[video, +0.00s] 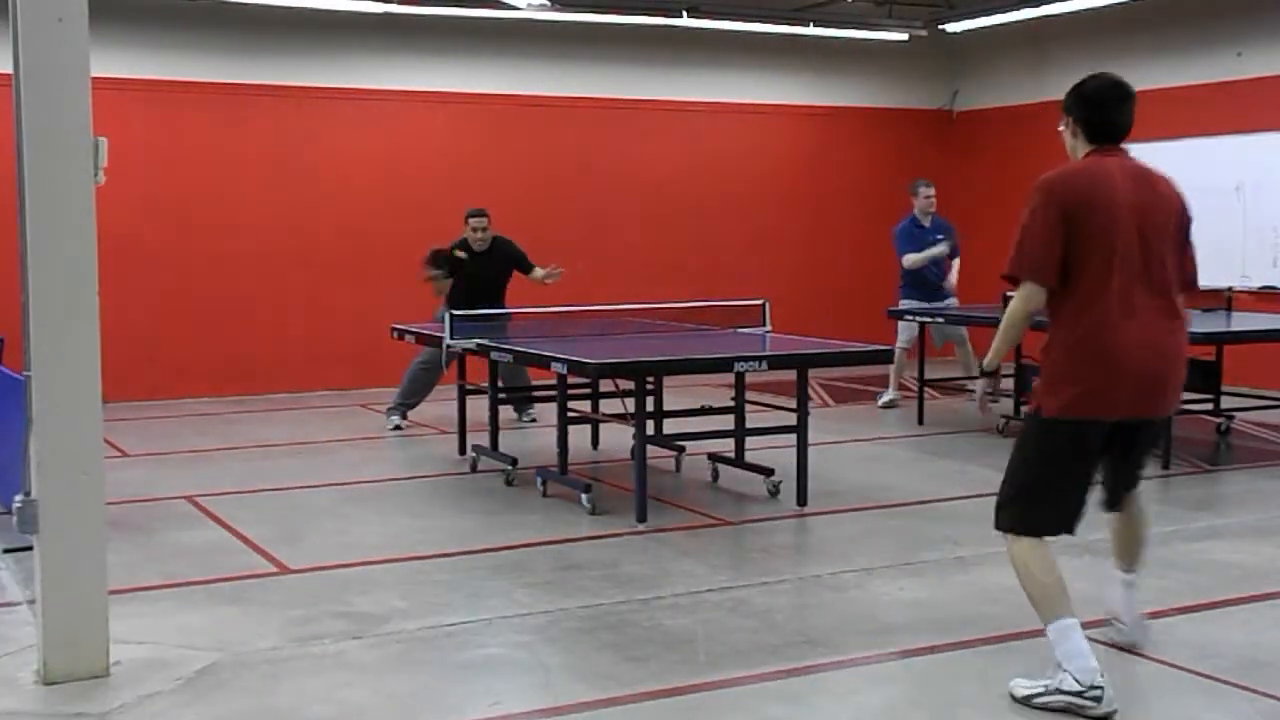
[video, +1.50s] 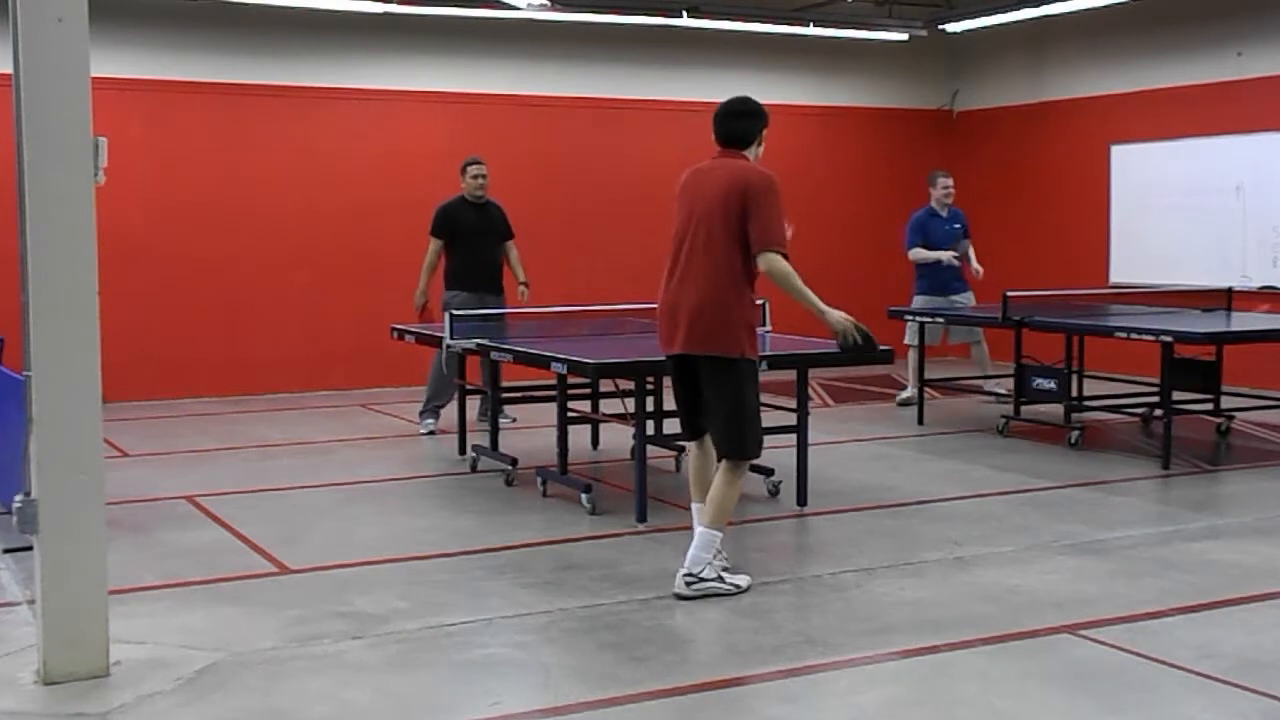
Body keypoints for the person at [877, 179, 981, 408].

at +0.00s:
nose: (932, 202)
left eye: (934, 197)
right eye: (927, 198)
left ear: (936, 199)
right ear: (914, 200)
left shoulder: (944, 227)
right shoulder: (904, 230)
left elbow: (955, 255)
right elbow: (907, 261)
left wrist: (953, 277)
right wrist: (936, 252)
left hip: (942, 294)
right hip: (913, 295)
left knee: (961, 339)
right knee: (903, 343)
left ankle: (974, 382)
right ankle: (892, 391)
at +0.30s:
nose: (956, 199)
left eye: (958, 194)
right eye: (951, 195)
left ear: (959, 196)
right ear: (938, 197)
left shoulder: (963, 226)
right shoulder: (923, 227)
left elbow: (972, 252)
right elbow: (918, 256)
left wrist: (975, 275)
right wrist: (946, 257)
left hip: (957, 298)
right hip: (925, 298)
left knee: (970, 344)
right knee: (909, 343)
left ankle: (972, 386)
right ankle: (895, 390)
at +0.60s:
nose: (939, 206)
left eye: (942, 201)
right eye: (933, 202)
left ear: (946, 202)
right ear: (923, 206)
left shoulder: (957, 231)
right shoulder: (912, 233)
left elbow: (975, 259)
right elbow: (896, 264)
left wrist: (970, 282)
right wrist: (911, 279)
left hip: (952, 300)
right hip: (919, 301)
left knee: (971, 343)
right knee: (902, 344)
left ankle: (973, 387)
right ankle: (892, 389)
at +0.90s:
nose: (949, 191)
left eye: (953, 187)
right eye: (945, 186)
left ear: (957, 190)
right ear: (934, 187)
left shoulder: (961, 217)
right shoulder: (921, 217)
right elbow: (910, 248)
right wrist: (897, 262)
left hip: (953, 291)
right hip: (923, 290)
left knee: (959, 346)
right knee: (914, 343)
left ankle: (960, 391)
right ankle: (913, 387)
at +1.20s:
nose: (933, 191)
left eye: (936, 186)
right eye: (928, 187)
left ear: (939, 189)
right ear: (917, 189)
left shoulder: (950, 214)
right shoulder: (907, 220)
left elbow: (966, 245)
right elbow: (903, 255)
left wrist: (943, 245)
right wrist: (929, 253)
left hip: (951, 288)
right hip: (920, 291)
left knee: (958, 339)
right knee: (913, 343)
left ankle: (961, 388)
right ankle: (912, 387)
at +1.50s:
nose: (950, 192)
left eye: (952, 188)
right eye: (945, 188)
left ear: (954, 190)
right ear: (932, 191)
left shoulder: (959, 217)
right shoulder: (919, 220)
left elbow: (966, 243)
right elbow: (913, 253)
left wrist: (973, 261)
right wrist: (941, 255)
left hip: (958, 289)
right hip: (927, 292)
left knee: (976, 336)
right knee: (915, 342)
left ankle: (989, 381)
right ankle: (913, 387)